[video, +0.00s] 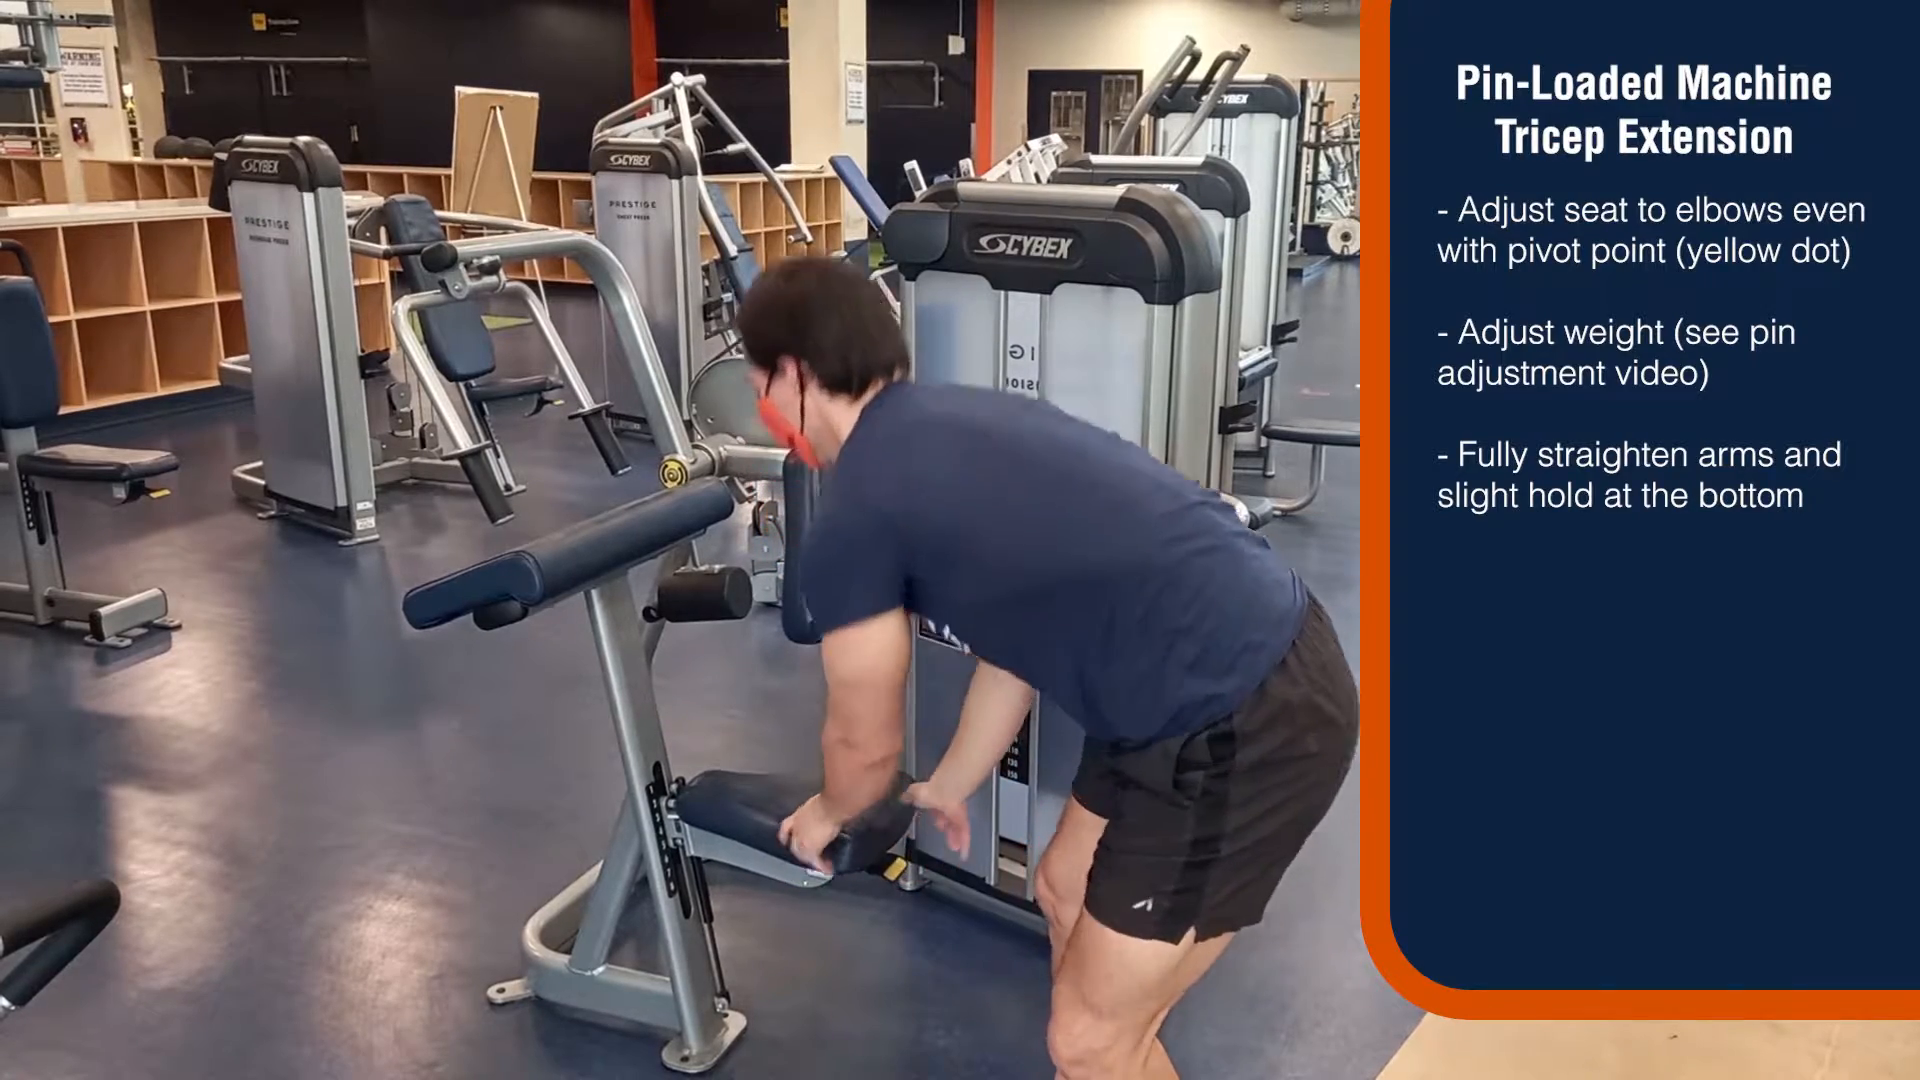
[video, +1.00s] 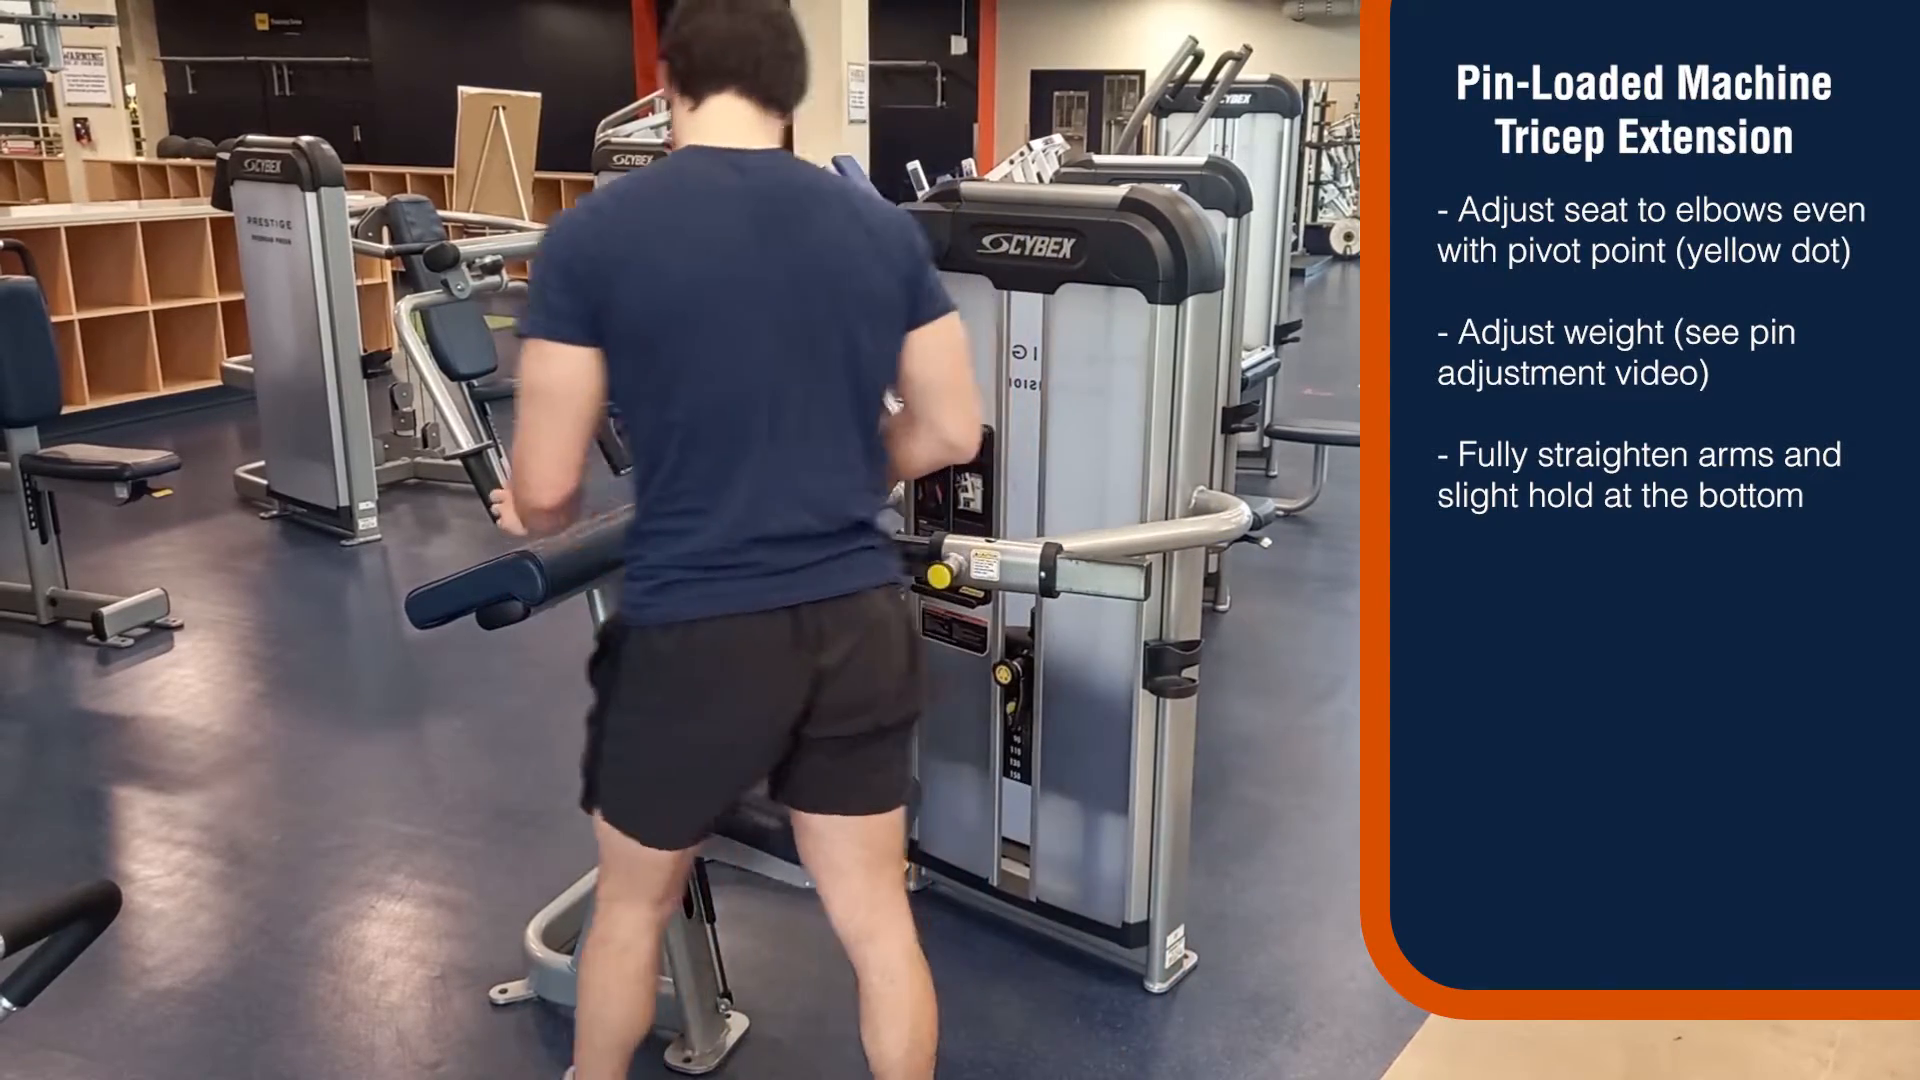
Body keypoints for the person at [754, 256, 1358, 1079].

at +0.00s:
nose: (763, 405)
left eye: (761, 381)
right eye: (759, 383)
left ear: (794, 377)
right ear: (882, 352)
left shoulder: (860, 498)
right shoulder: (958, 418)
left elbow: (866, 743)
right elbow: (1026, 626)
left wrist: (833, 812)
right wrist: (948, 785)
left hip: (1234, 712)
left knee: (1095, 1044)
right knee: (1067, 894)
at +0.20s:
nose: (792, 237)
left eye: (794, 206)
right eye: (791, 207)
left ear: (827, 205)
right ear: (929, 198)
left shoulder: (862, 358)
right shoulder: (1004, 306)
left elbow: (891, 628)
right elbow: (1083, 540)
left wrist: (876, 793)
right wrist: (977, 716)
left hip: (1160, 693)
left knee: (1100, 1037)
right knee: (1008, 875)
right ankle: (1026, 1072)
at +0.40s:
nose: (817, 126)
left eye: (818, 102)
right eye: (820, 103)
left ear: (839, 108)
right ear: (957, 116)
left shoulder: (827, 272)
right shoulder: (1037, 263)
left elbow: (856, 548)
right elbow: (1070, 482)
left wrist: (852, 762)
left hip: (1013, 690)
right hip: (1101, 646)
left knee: (1078, 1015)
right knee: (943, 909)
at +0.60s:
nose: (802, 90)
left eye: (804, 67)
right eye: (805, 67)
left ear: (822, 71)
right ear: (941, 88)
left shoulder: (799, 226)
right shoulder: (1008, 227)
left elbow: (758, 497)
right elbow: (1042, 441)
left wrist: (672, 691)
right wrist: (896, 434)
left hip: (895, 655)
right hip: (1014, 622)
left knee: (831, 957)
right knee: (914, 920)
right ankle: (936, 1076)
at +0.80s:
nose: (753, 90)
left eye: (755, 66)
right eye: (759, 69)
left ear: (768, 62)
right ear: (886, 78)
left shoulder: (728, 215)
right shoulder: (965, 219)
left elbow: (665, 475)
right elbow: (1002, 427)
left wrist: (566, 566)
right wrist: (861, 431)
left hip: (799, 640)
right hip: (949, 622)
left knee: (707, 898)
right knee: (902, 907)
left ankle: (707, 1073)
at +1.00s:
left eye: (667, 76)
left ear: (670, 84)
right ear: (793, 93)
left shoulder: (598, 233)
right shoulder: (877, 226)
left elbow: (549, 489)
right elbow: (951, 429)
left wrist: (525, 504)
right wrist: (834, 457)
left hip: (693, 646)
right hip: (862, 631)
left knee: (632, 908)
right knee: (879, 917)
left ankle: (597, 1071)